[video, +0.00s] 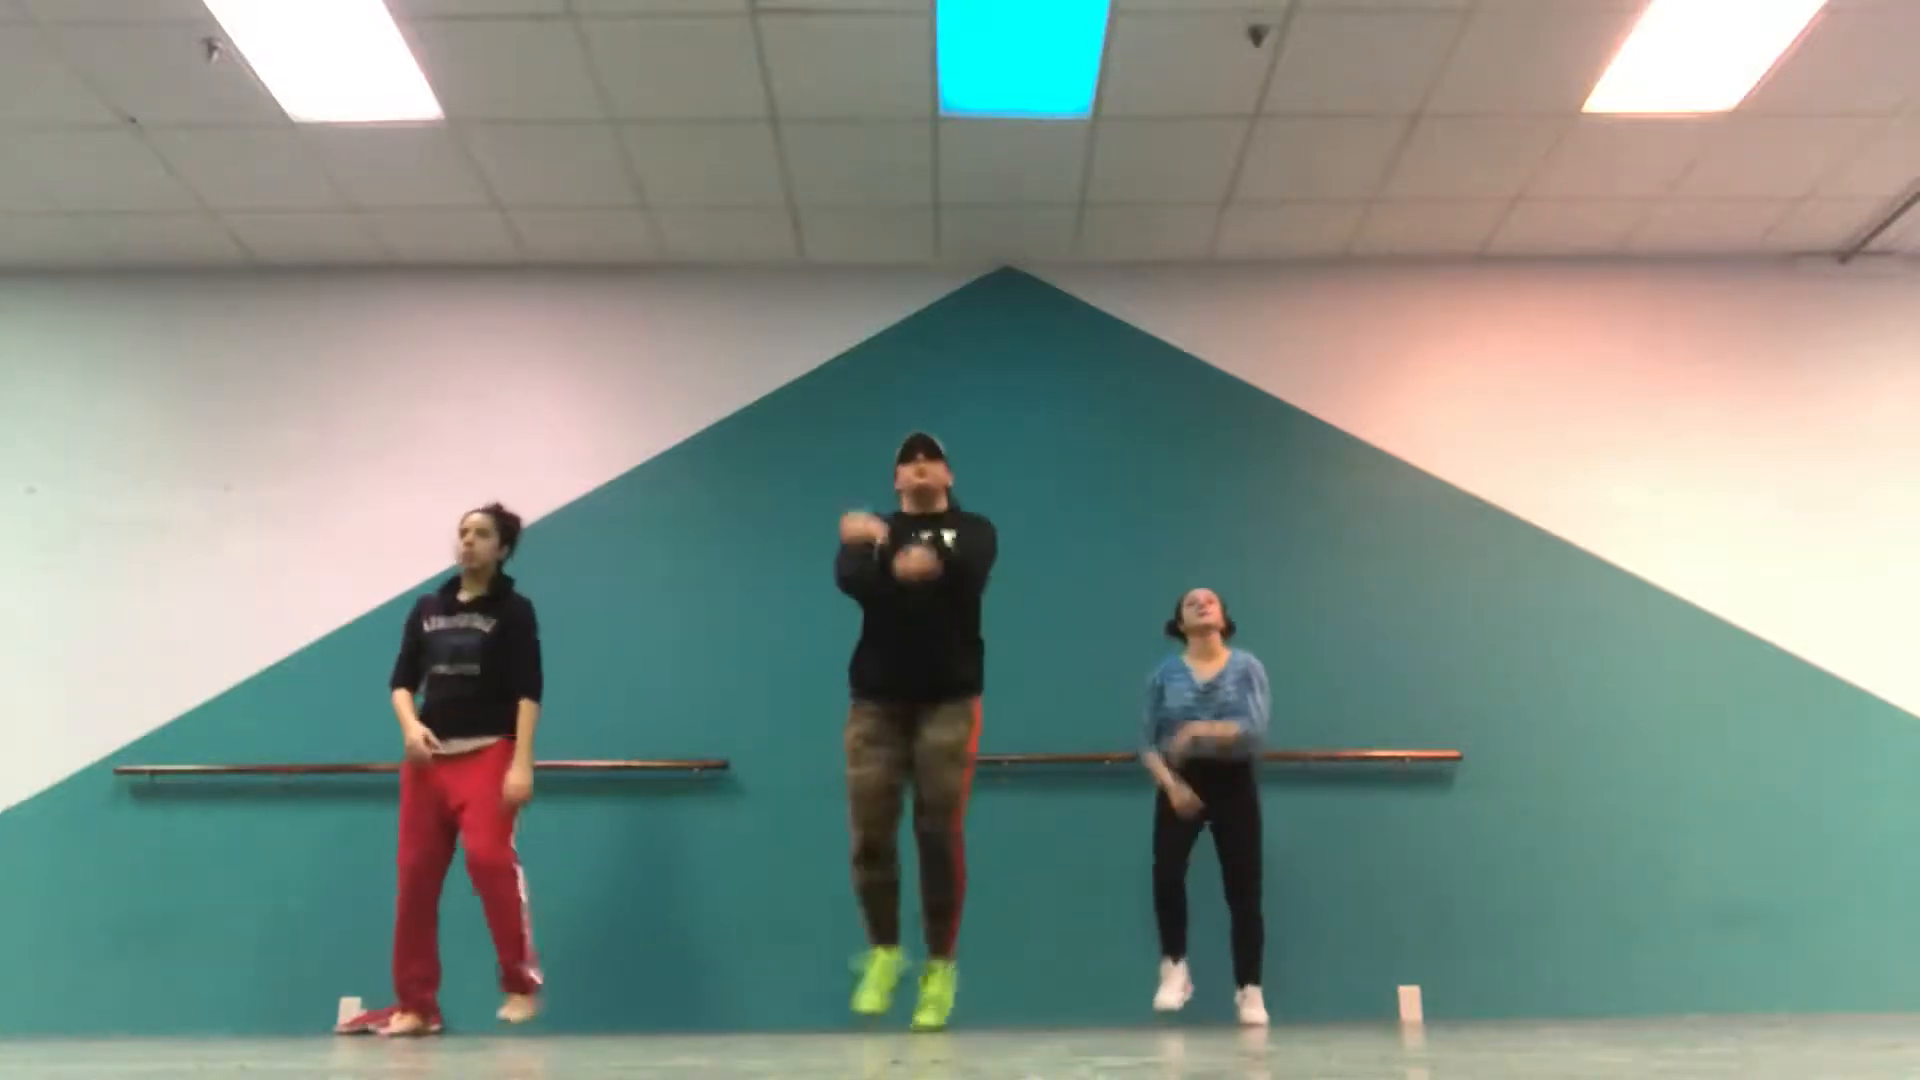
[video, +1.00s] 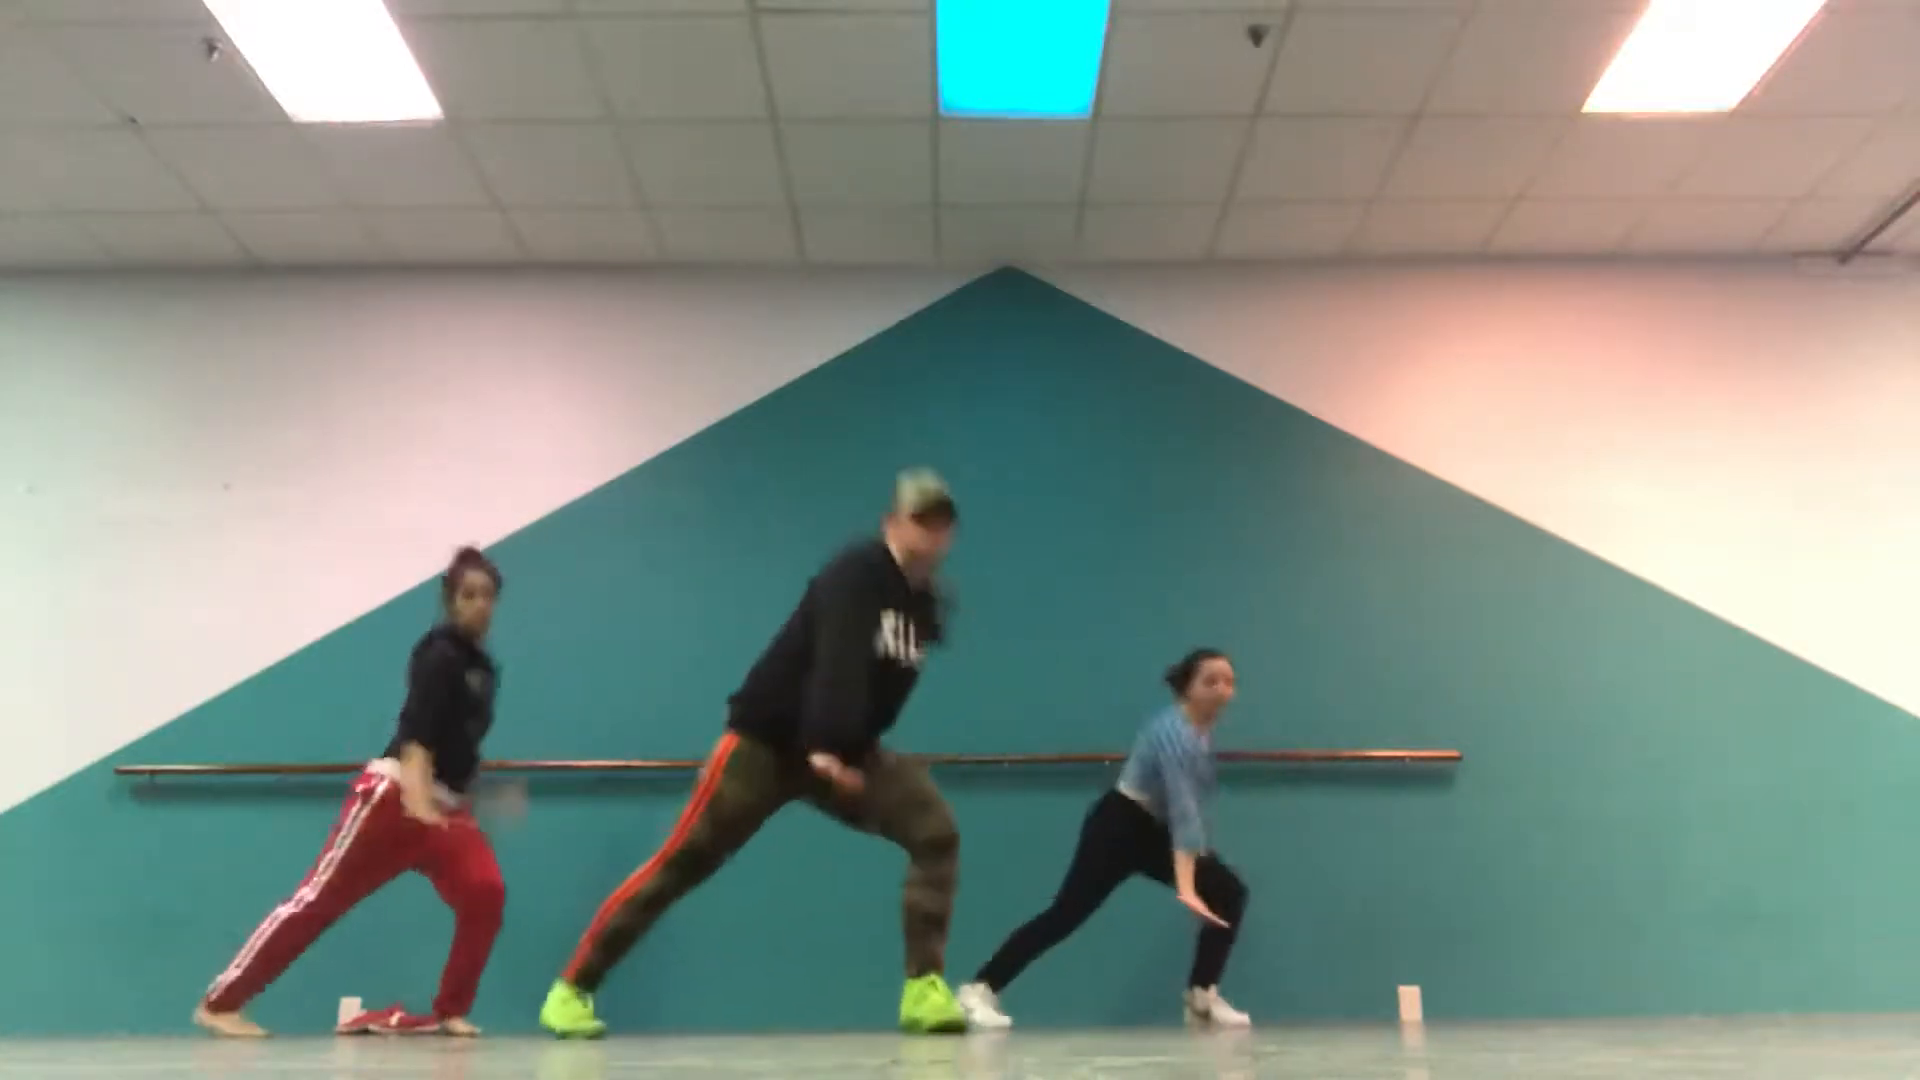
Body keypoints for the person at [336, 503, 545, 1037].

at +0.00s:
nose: (467, 541)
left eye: (479, 535)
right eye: (463, 533)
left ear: (502, 547)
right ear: (456, 543)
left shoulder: (515, 610)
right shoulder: (427, 609)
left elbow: (528, 691)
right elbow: (402, 681)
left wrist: (522, 763)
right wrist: (410, 725)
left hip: (488, 757)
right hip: (426, 760)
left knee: (489, 862)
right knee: (415, 880)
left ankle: (520, 986)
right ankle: (417, 1005)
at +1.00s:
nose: (479, 605)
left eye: (488, 595)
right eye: (469, 595)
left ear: (496, 602)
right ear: (450, 599)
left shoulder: (483, 665)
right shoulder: (439, 650)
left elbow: (461, 738)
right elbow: (417, 729)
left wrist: (466, 790)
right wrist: (417, 798)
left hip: (446, 804)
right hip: (394, 793)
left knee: (484, 893)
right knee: (318, 901)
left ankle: (452, 1013)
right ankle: (219, 1003)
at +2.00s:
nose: (444, 561)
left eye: (454, 551)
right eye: (441, 552)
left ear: (484, 555)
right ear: (442, 556)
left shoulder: (511, 597)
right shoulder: (436, 603)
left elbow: (557, 630)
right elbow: (376, 647)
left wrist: (482, 656)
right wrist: (421, 667)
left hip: (503, 739)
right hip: (452, 745)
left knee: (400, 777)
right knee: (451, 879)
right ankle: (484, 998)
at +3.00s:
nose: (247, 568)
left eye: (259, 559)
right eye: (249, 558)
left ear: (289, 569)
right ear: (266, 569)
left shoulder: (302, 630)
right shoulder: (246, 630)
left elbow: (293, 696)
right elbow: (185, 647)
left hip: (271, 779)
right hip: (227, 776)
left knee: (196, 881)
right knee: (139, 873)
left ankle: (237, 1015)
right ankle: (111, 1016)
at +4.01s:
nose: (306, 537)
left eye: (315, 528)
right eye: (309, 528)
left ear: (330, 533)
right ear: (355, 533)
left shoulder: (339, 575)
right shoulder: (350, 579)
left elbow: (281, 507)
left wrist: (233, 428)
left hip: (314, 742)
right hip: (334, 742)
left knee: (251, 878)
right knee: (298, 866)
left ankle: (264, 1011)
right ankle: (394, 929)